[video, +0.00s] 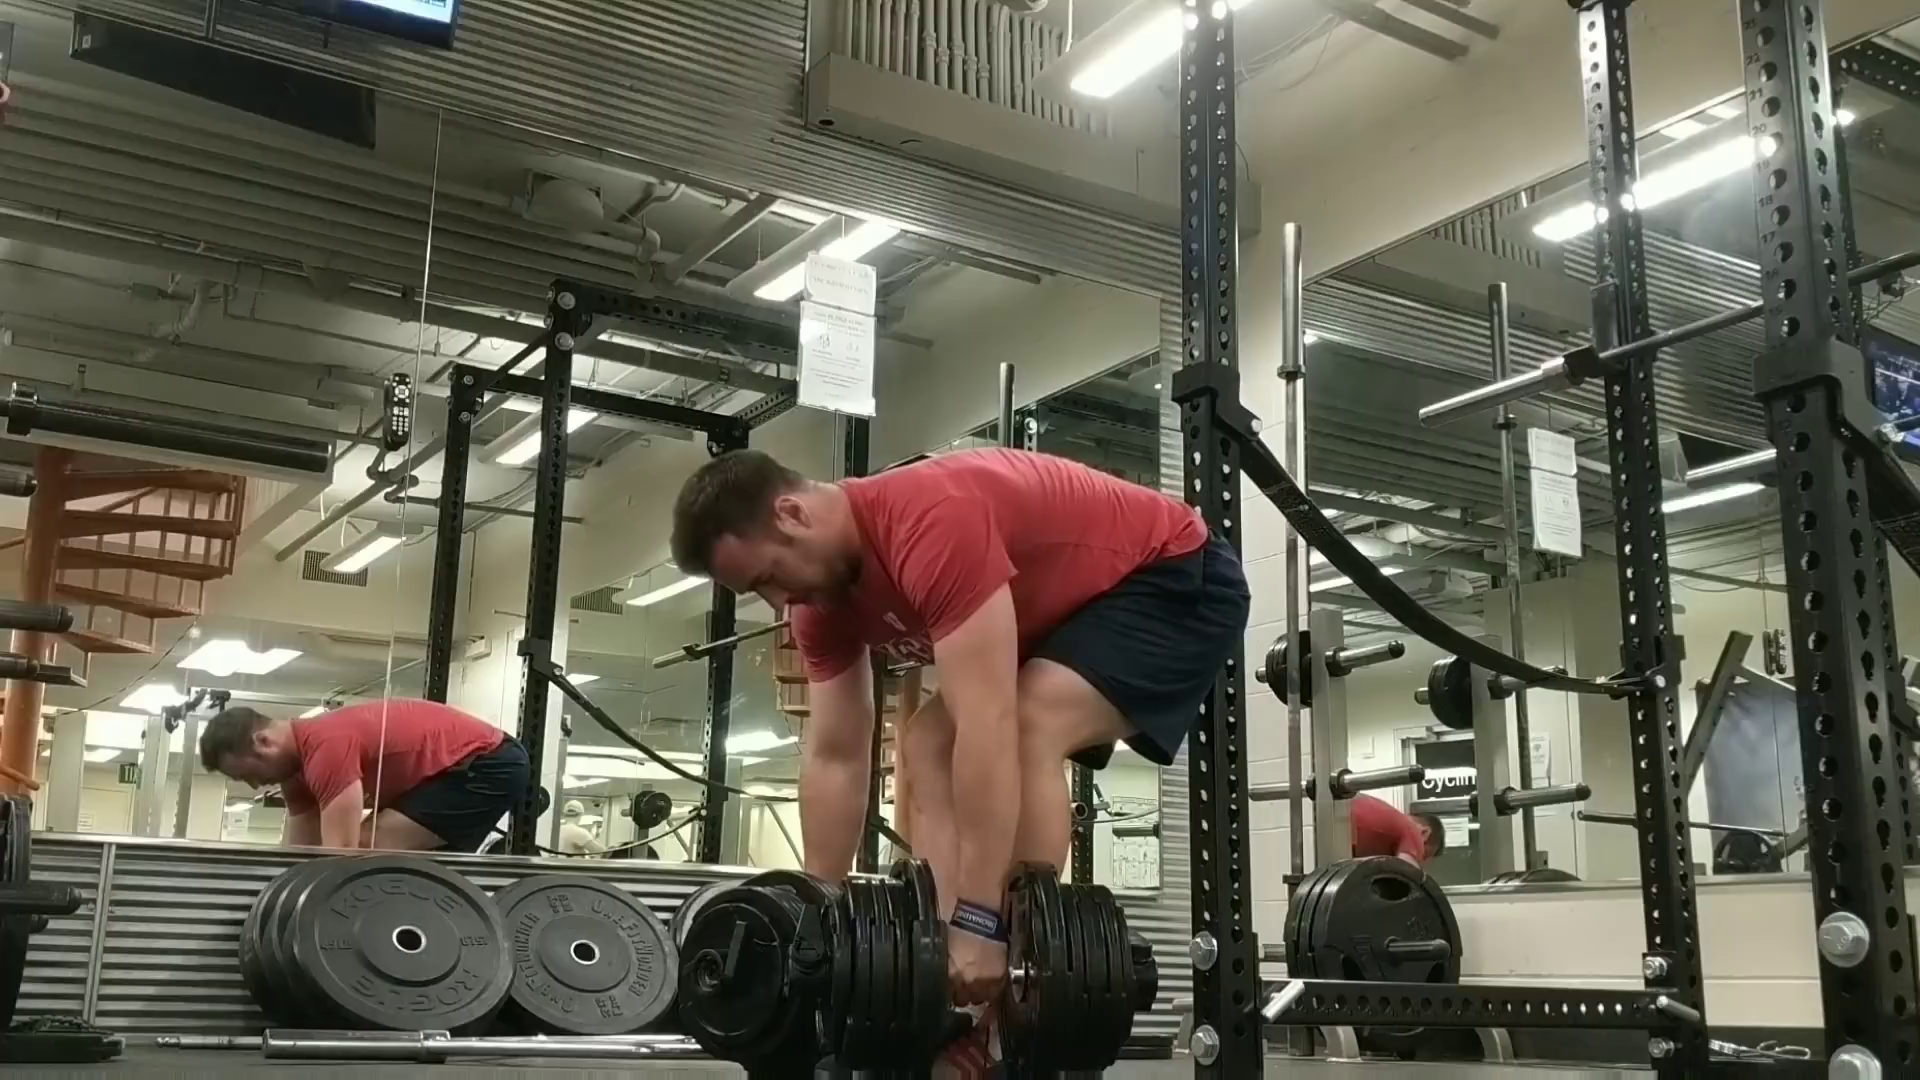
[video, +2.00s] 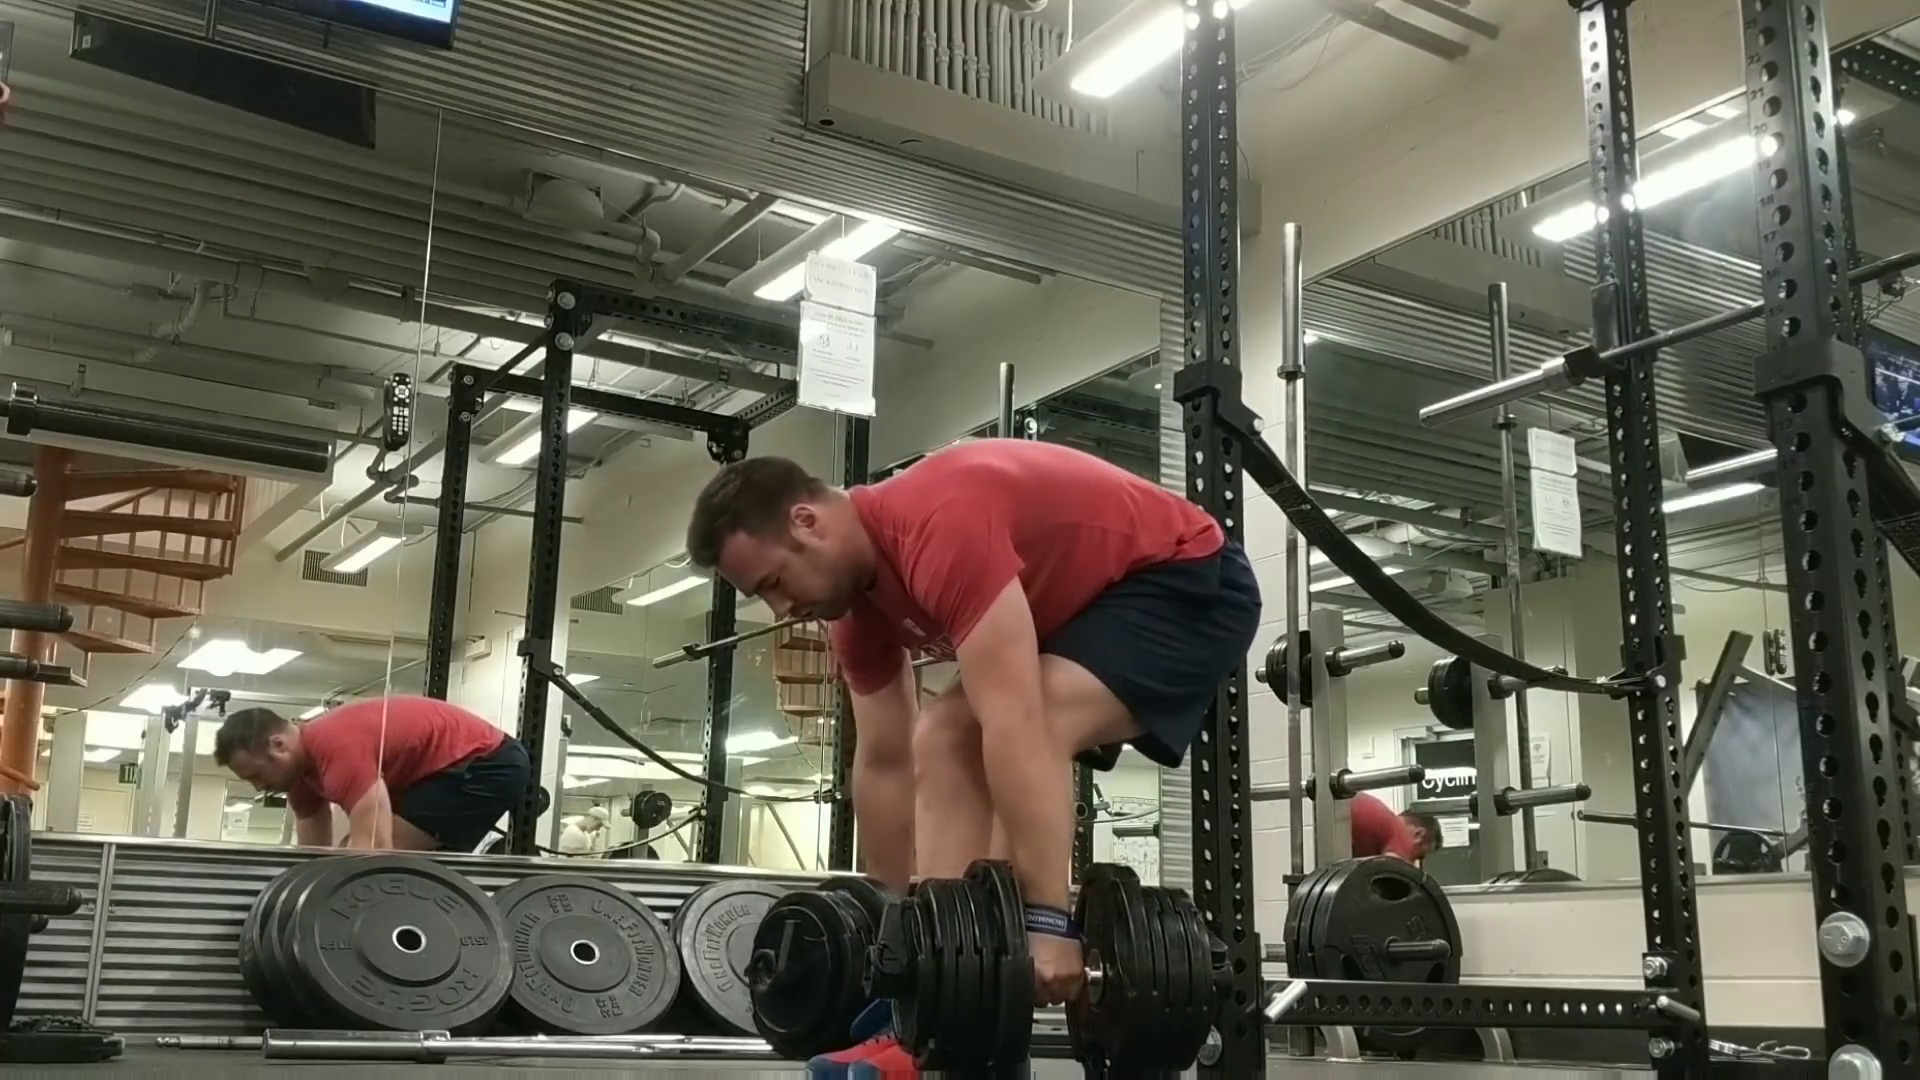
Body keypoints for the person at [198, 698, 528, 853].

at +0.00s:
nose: (255, 787)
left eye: (246, 776)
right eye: (244, 781)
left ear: (260, 743)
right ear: (261, 739)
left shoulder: (327, 748)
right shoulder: (299, 769)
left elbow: (339, 859)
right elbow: (298, 856)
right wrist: (282, 924)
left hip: (488, 766)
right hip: (459, 770)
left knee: (364, 852)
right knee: (357, 848)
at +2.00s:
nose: (259, 788)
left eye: (255, 775)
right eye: (250, 781)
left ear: (279, 747)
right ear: (277, 746)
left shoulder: (336, 748)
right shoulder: (302, 772)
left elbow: (370, 843)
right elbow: (314, 849)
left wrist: (327, 904)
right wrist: (300, 904)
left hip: (487, 765)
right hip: (457, 769)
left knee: (388, 854)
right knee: (384, 855)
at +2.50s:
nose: (253, 782)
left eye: (249, 770)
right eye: (244, 776)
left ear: (268, 737)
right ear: (268, 738)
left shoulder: (331, 751)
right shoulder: (302, 775)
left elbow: (366, 851)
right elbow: (315, 856)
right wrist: (297, 916)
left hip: (491, 766)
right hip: (463, 771)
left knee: (381, 849)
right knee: (386, 855)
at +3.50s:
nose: (250, 769)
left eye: (247, 756)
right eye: (242, 762)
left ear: (270, 725)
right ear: (271, 726)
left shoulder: (336, 741)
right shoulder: (304, 767)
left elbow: (360, 849)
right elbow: (309, 852)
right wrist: (285, 916)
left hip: (491, 764)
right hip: (462, 768)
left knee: (381, 852)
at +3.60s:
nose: (250, 769)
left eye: (247, 756)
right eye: (242, 762)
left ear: (270, 724)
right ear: (271, 726)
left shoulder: (336, 742)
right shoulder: (304, 767)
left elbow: (360, 849)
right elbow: (309, 852)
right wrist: (284, 916)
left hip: (491, 764)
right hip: (462, 769)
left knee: (380, 852)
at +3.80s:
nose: (250, 768)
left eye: (247, 755)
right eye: (242, 761)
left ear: (269, 724)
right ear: (269, 726)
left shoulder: (334, 741)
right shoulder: (303, 765)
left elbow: (360, 850)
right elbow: (310, 851)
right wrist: (284, 916)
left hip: (491, 763)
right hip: (462, 767)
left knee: (382, 848)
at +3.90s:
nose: (249, 765)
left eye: (248, 753)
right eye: (241, 759)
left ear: (270, 722)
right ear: (270, 724)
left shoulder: (334, 740)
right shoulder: (302, 763)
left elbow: (358, 850)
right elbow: (309, 852)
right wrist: (286, 920)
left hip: (491, 763)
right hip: (463, 768)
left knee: (380, 848)